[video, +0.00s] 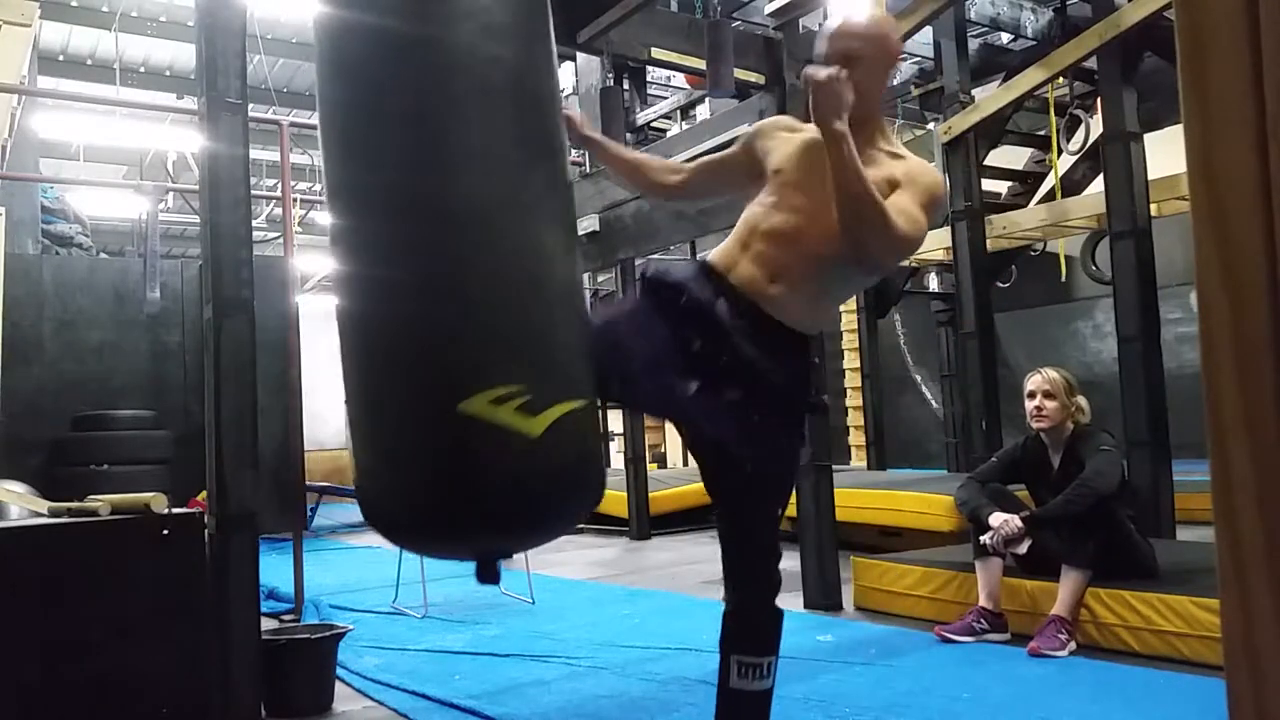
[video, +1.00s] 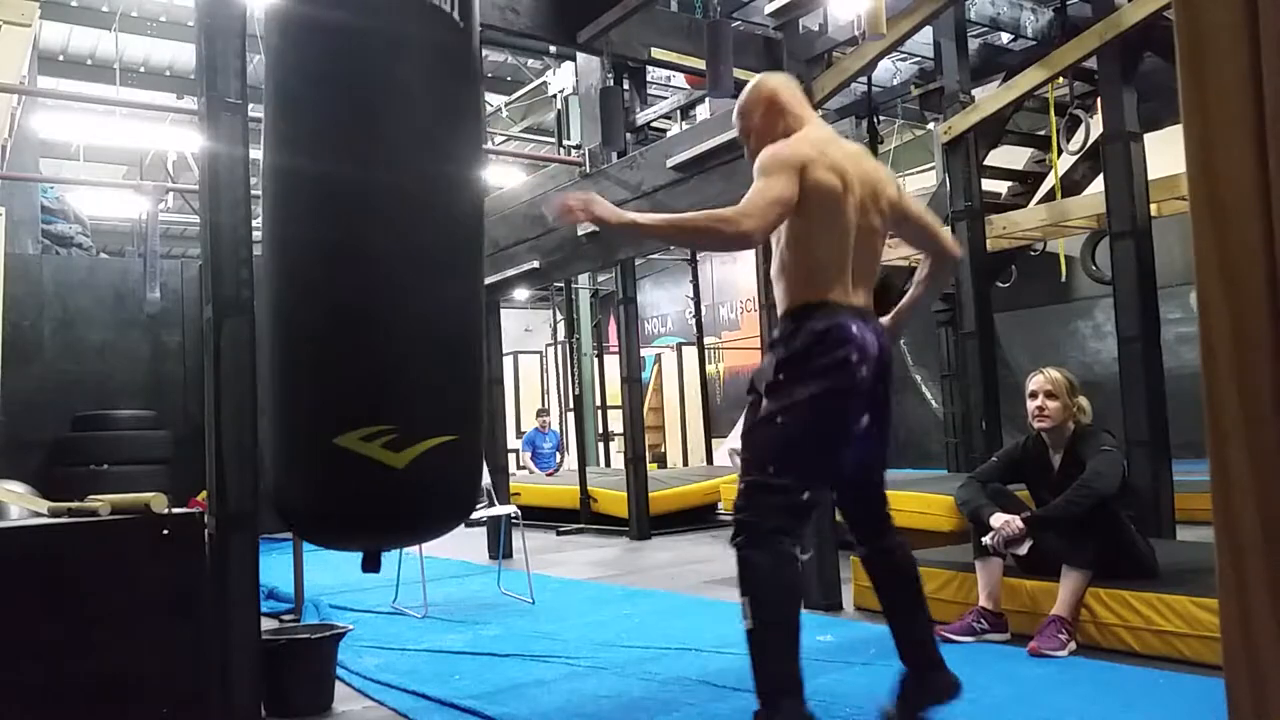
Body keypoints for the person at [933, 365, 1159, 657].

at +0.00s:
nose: (1038, 404)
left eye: (1049, 396)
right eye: (1031, 397)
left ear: (1070, 405)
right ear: (1024, 405)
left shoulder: (1097, 442)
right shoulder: (1027, 450)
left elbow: (1100, 483)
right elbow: (967, 488)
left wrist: (1027, 520)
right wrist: (991, 516)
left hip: (1118, 560)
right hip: (1058, 556)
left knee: (1089, 503)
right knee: (989, 495)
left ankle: (1061, 621)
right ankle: (989, 612)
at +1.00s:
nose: (1040, 404)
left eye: (1051, 396)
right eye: (1033, 397)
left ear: (1071, 405)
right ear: (1026, 406)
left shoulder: (1097, 441)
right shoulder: (1026, 449)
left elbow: (1100, 485)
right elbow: (967, 488)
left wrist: (1027, 522)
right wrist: (993, 517)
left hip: (1118, 560)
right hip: (1058, 557)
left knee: (1092, 505)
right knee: (989, 495)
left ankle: (1061, 621)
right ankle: (989, 612)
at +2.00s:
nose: (1040, 404)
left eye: (1051, 397)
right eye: (1033, 397)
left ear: (1071, 406)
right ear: (1026, 406)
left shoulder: (1098, 442)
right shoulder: (1027, 449)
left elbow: (1100, 486)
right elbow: (967, 488)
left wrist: (1027, 521)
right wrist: (992, 516)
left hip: (1118, 560)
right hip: (1057, 556)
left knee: (1091, 505)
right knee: (990, 495)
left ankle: (1061, 621)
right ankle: (989, 612)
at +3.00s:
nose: (1041, 404)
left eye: (1052, 396)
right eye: (1034, 396)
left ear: (1072, 406)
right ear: (1026, 405)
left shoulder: (1098, 443)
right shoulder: (1026, 449)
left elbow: (1100, 485)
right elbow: (968, 488)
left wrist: (1026, 522)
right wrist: (992, 516)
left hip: (1118, 559)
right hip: (1059, 556)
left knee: (1088, 505)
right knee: (988, 495)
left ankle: (1061, 621)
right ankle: (989, 612)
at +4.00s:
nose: (1041, 404)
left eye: (1052, 397)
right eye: (1034, 397)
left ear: (1072, 406)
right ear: (1026, 406)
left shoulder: (1097, 442)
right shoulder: (1027, 449)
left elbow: (1100, 485)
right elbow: (968, 488)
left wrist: (1027, 522)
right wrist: (992, 516)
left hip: (1117, 559)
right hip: (1059, 556)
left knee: (1087, 504)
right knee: (988, 495)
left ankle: (1061, 621)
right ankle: (989, 612)